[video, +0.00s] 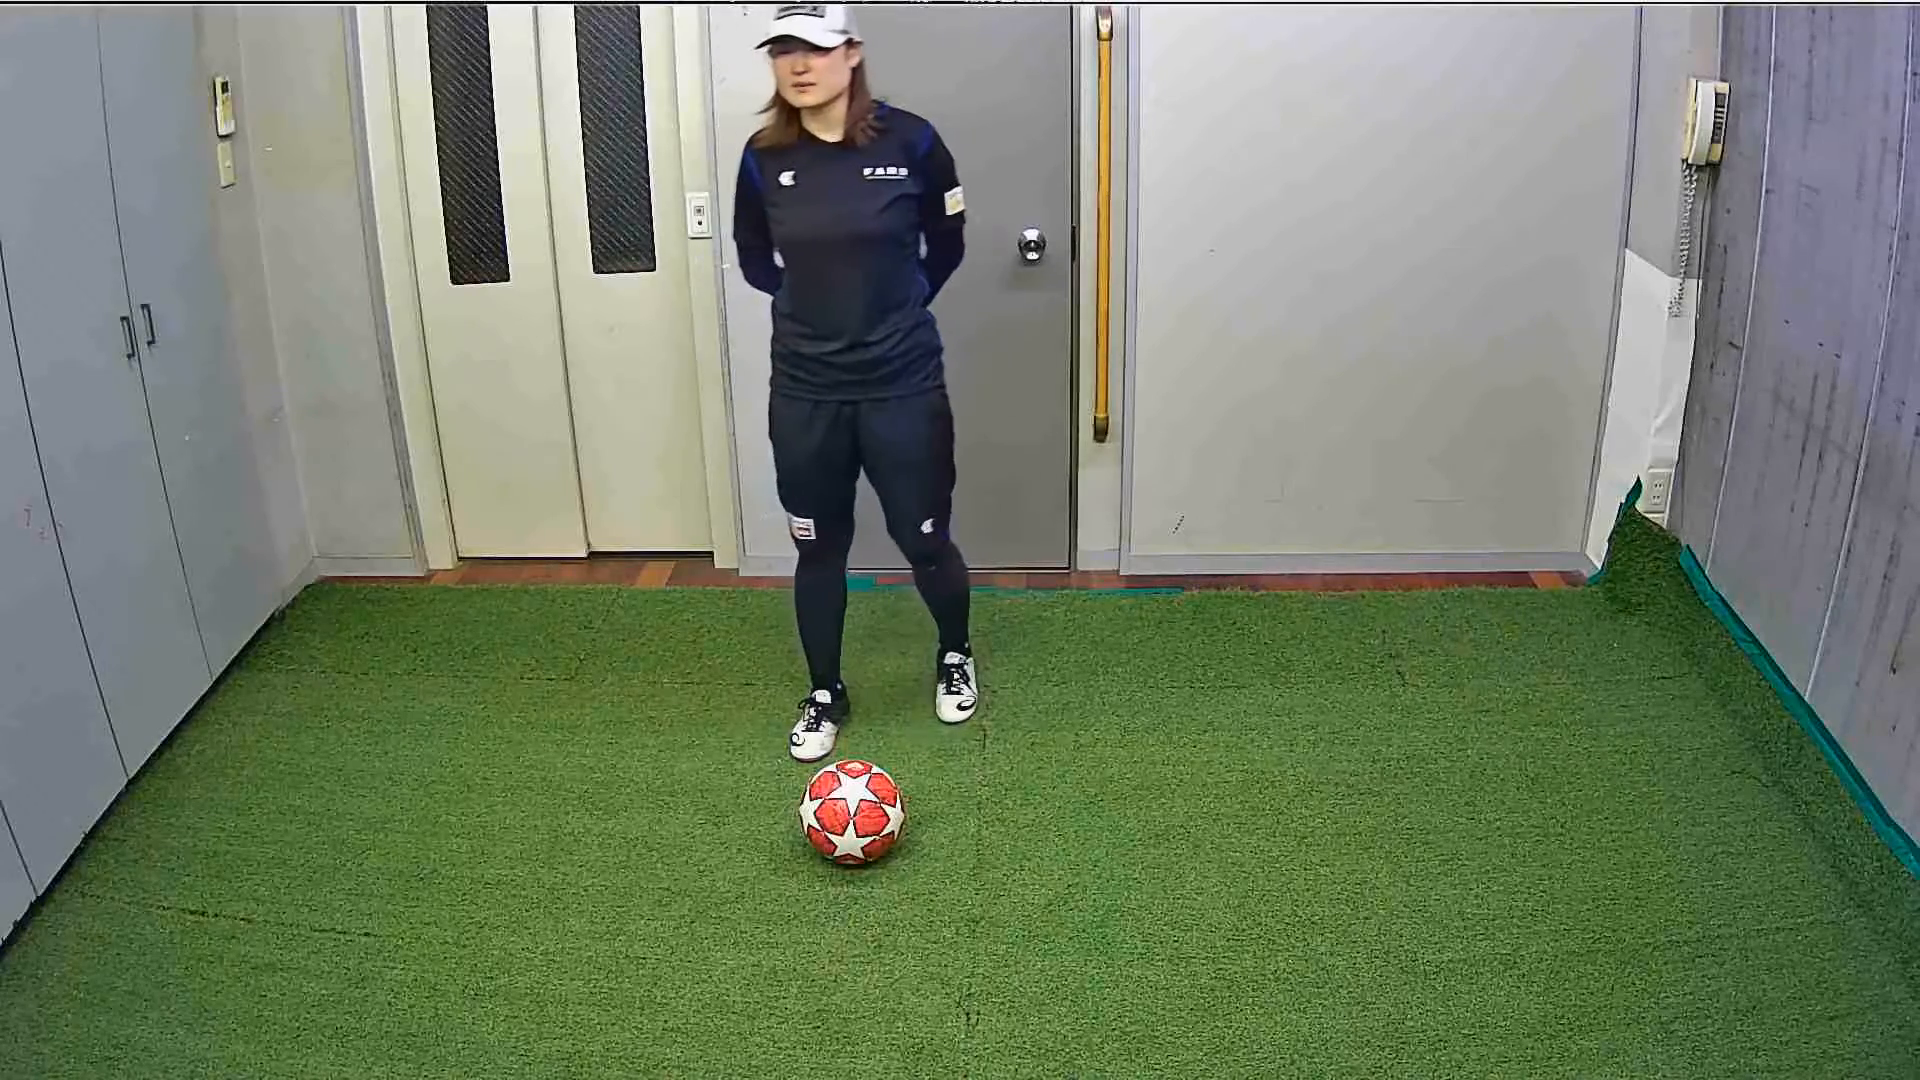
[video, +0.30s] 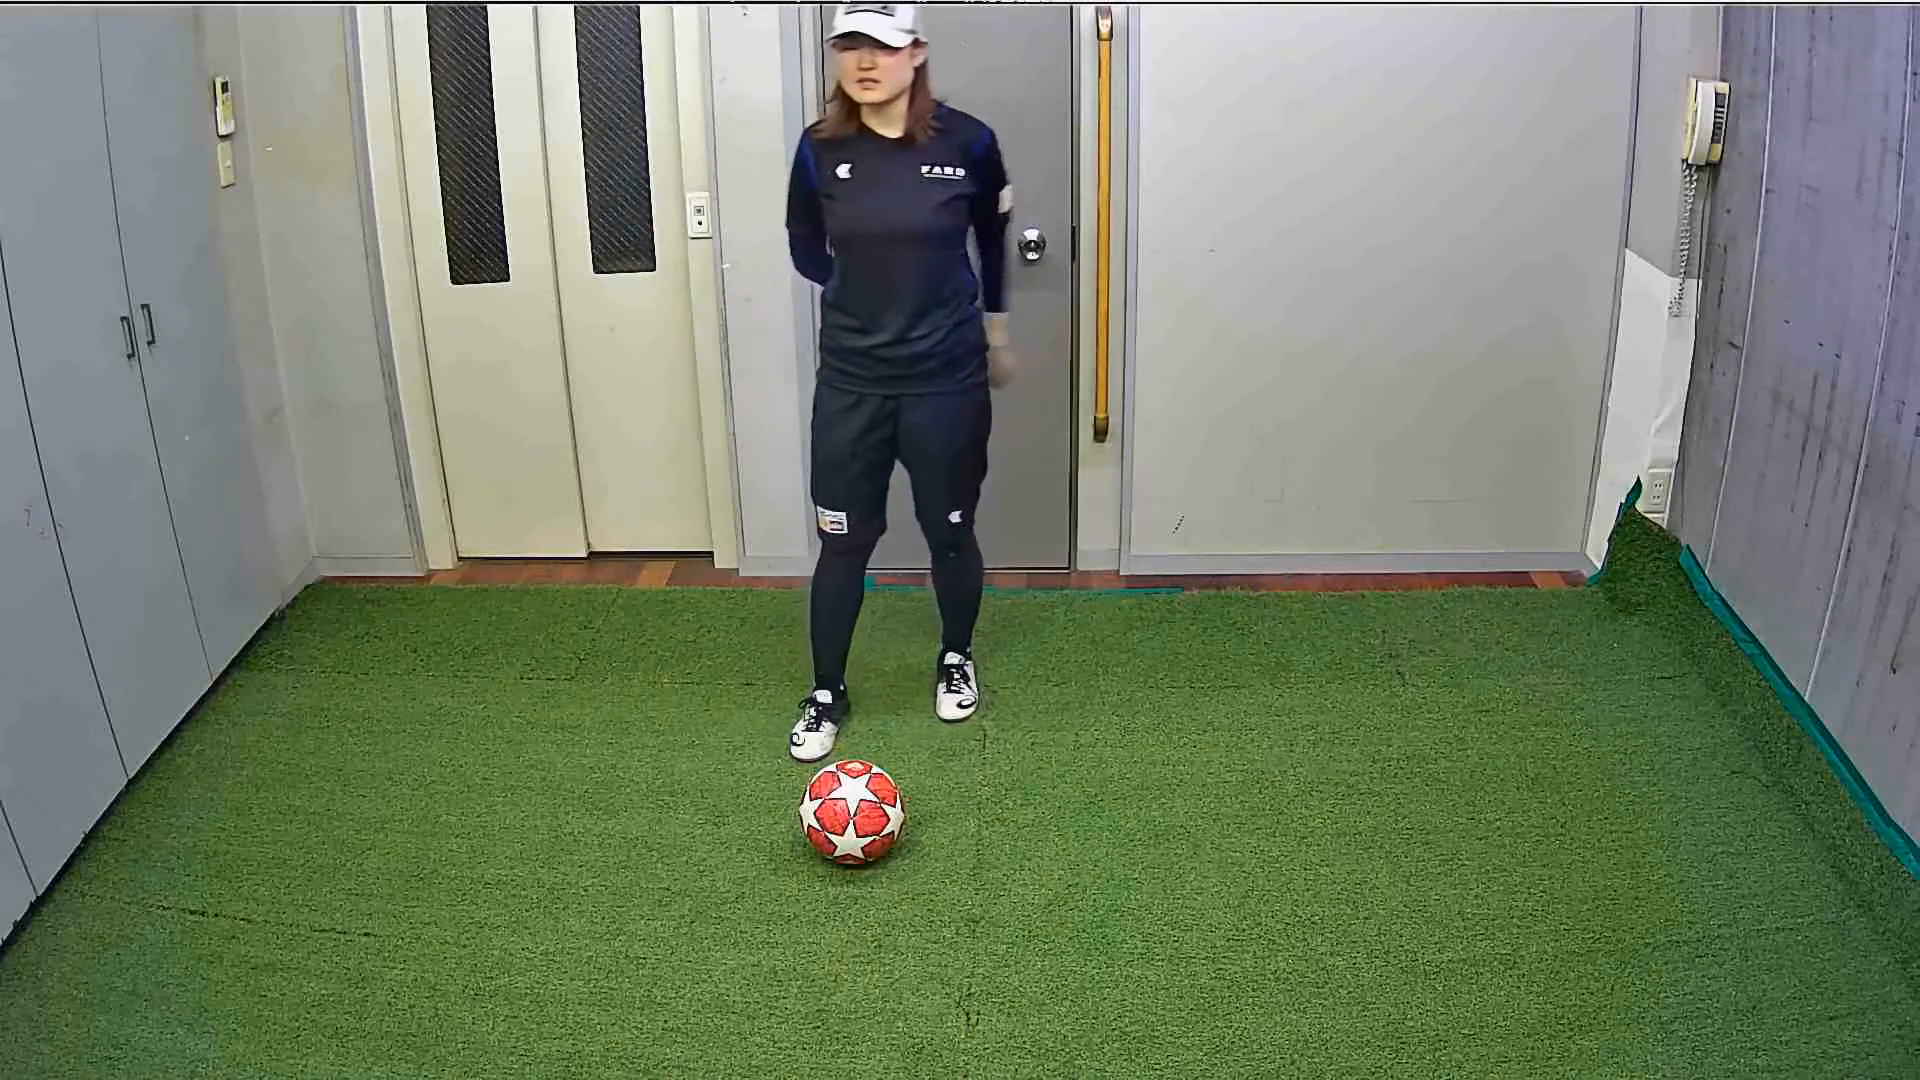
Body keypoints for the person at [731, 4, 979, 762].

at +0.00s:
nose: (799, 65)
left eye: (814, 50)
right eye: (787, 53)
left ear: (852, 56)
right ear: (775, 65)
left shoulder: (913, 141)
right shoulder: (762, 157)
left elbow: (948, 246)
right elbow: (754, 260)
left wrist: (892, 305)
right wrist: (816, 296)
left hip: (901, 382)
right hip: (805, 387)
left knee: (925, 537)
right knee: (815, 543)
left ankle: (955, 655)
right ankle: (825, 693)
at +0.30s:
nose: (865, 61)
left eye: (881, 47)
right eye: (852, 48)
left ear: (916, 56)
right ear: (836, 62)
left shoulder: (969, 144)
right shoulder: (820, 149)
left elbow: (994, 238)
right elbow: (806, 252)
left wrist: (994, 318)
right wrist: (865, 281)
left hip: (945, 375)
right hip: (850, 377)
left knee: (949, 529)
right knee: (840, 536)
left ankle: (956, 661)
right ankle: (825, 695)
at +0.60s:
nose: (909, 62)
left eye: (925, 49)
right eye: (896, 48)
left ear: (957, 57)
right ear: (878, 59)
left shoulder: (1004, 138)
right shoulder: (855, 140)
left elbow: (1042, 257)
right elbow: (834, 238)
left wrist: (1024, 240)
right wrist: (886, 278)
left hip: (969, 363)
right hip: (875, 363)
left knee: (966, 522)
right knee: (856, 524)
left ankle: (957, 660)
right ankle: (840, 687)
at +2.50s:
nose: (883, 70)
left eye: (900, 56)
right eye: (870, 55)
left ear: (936, 57)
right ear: (856, 61)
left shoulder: (987, 138)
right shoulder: (835, 140)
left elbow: (1006, 257)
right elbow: (814, 241)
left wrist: (1010, 370)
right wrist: (789, 348)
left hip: (954, 367)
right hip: (859, 367)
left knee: (953, 528)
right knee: (867, 526)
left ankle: (956, 659)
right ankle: (887, 655)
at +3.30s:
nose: (878, 143)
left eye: (896, 127)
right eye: (864, 128)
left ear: (934, 108)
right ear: (844, 113)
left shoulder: (995, 181)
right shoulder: (832, 178)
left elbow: (1031, 310)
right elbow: (823, 273)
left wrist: (1065, 433)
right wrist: (785, 369)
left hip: (972, 428)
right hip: (869, 430)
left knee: (979, 622)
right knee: (901, 632)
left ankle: (1003, 760)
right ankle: (948, 769)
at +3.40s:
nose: (870, 140)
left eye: (888, 123)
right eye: (856, 123)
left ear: (929, 108)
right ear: (839, 112)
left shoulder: (990, 189)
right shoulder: (830, 180)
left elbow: (1031, 323)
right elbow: (828, 273)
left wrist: (1051, 444)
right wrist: (803, 362)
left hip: (957, 435)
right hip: (855, 431)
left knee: (968, 623)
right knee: (869, 623)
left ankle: (1001, 759)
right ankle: (877, 813)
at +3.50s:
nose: (846, 127)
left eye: (864, 112)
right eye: (830, 111)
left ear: (903, 106)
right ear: (810, 108)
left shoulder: (963, 184)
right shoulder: (800, 187)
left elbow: (1009, 306)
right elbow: (799, 288)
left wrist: (1011, 420)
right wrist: (782, 391)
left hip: (939, 442)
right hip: (832, 442)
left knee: (960, 626)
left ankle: (997, 758)